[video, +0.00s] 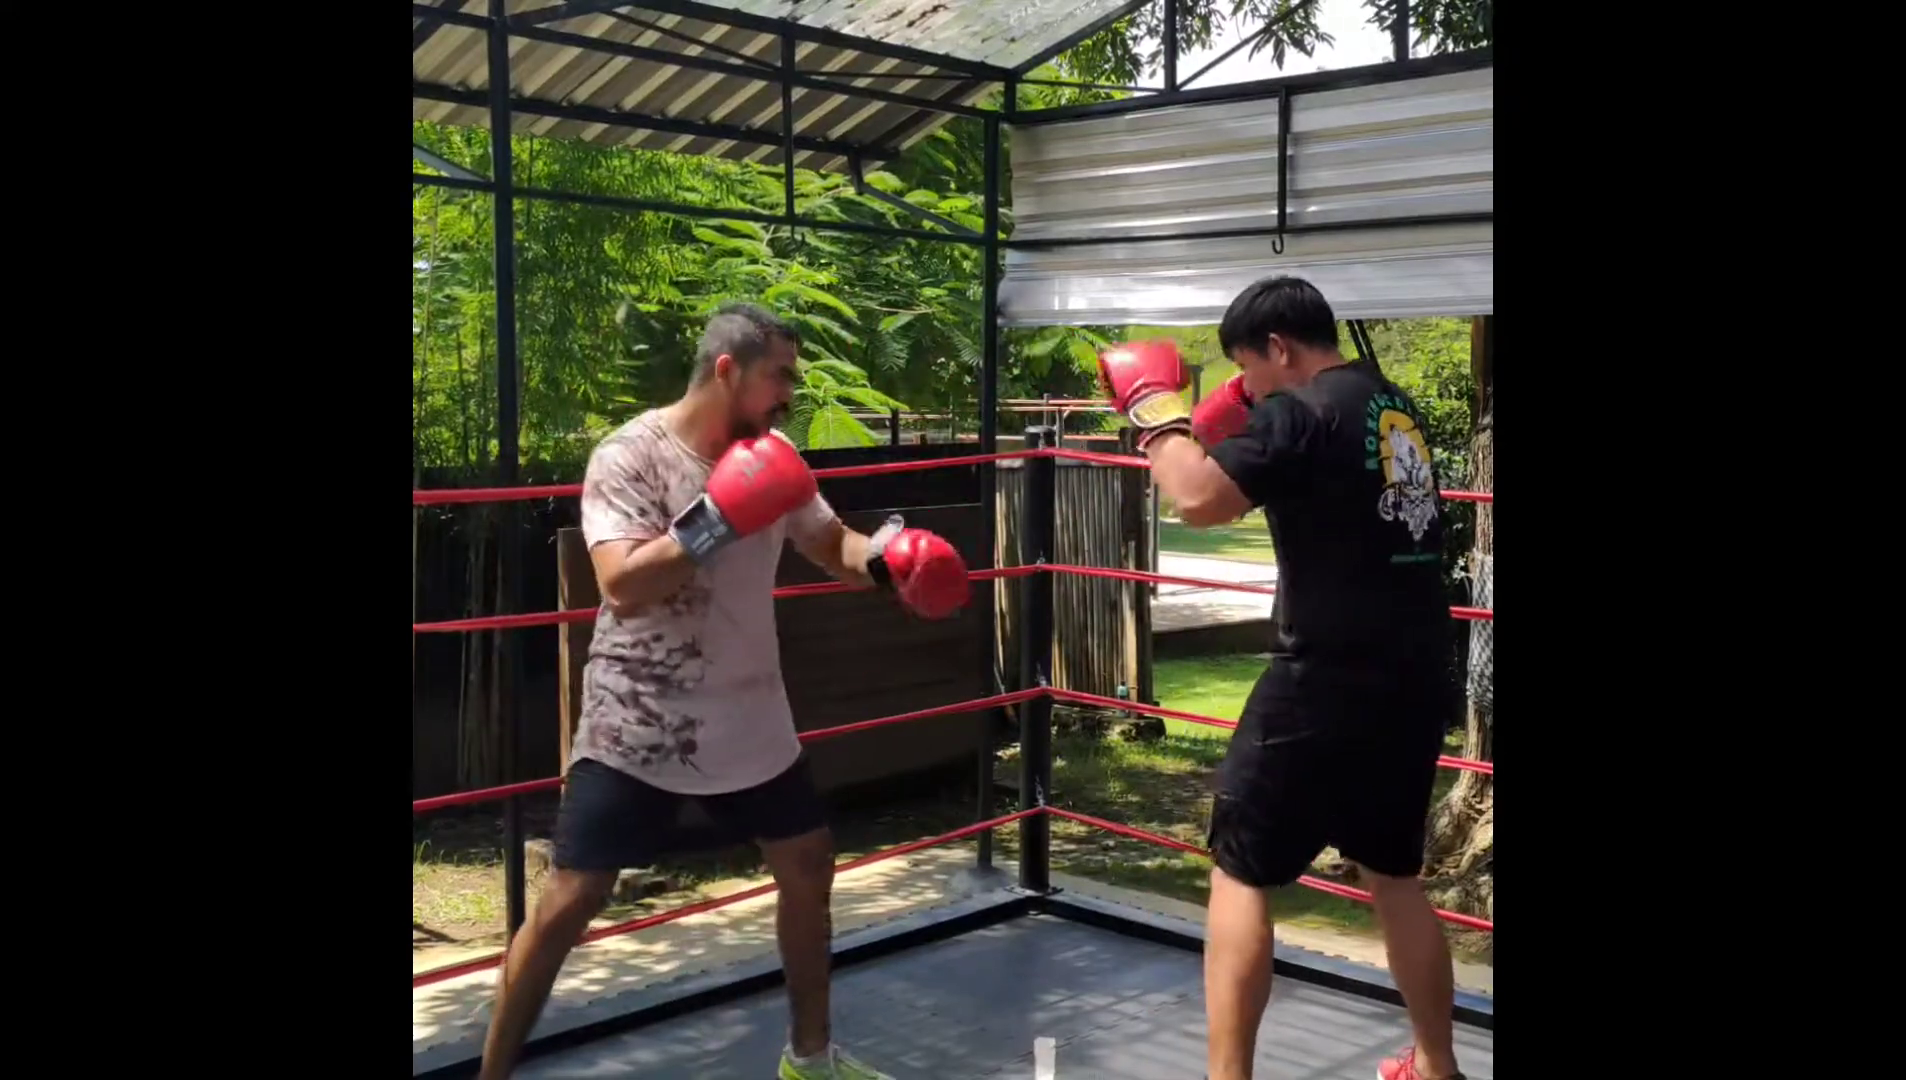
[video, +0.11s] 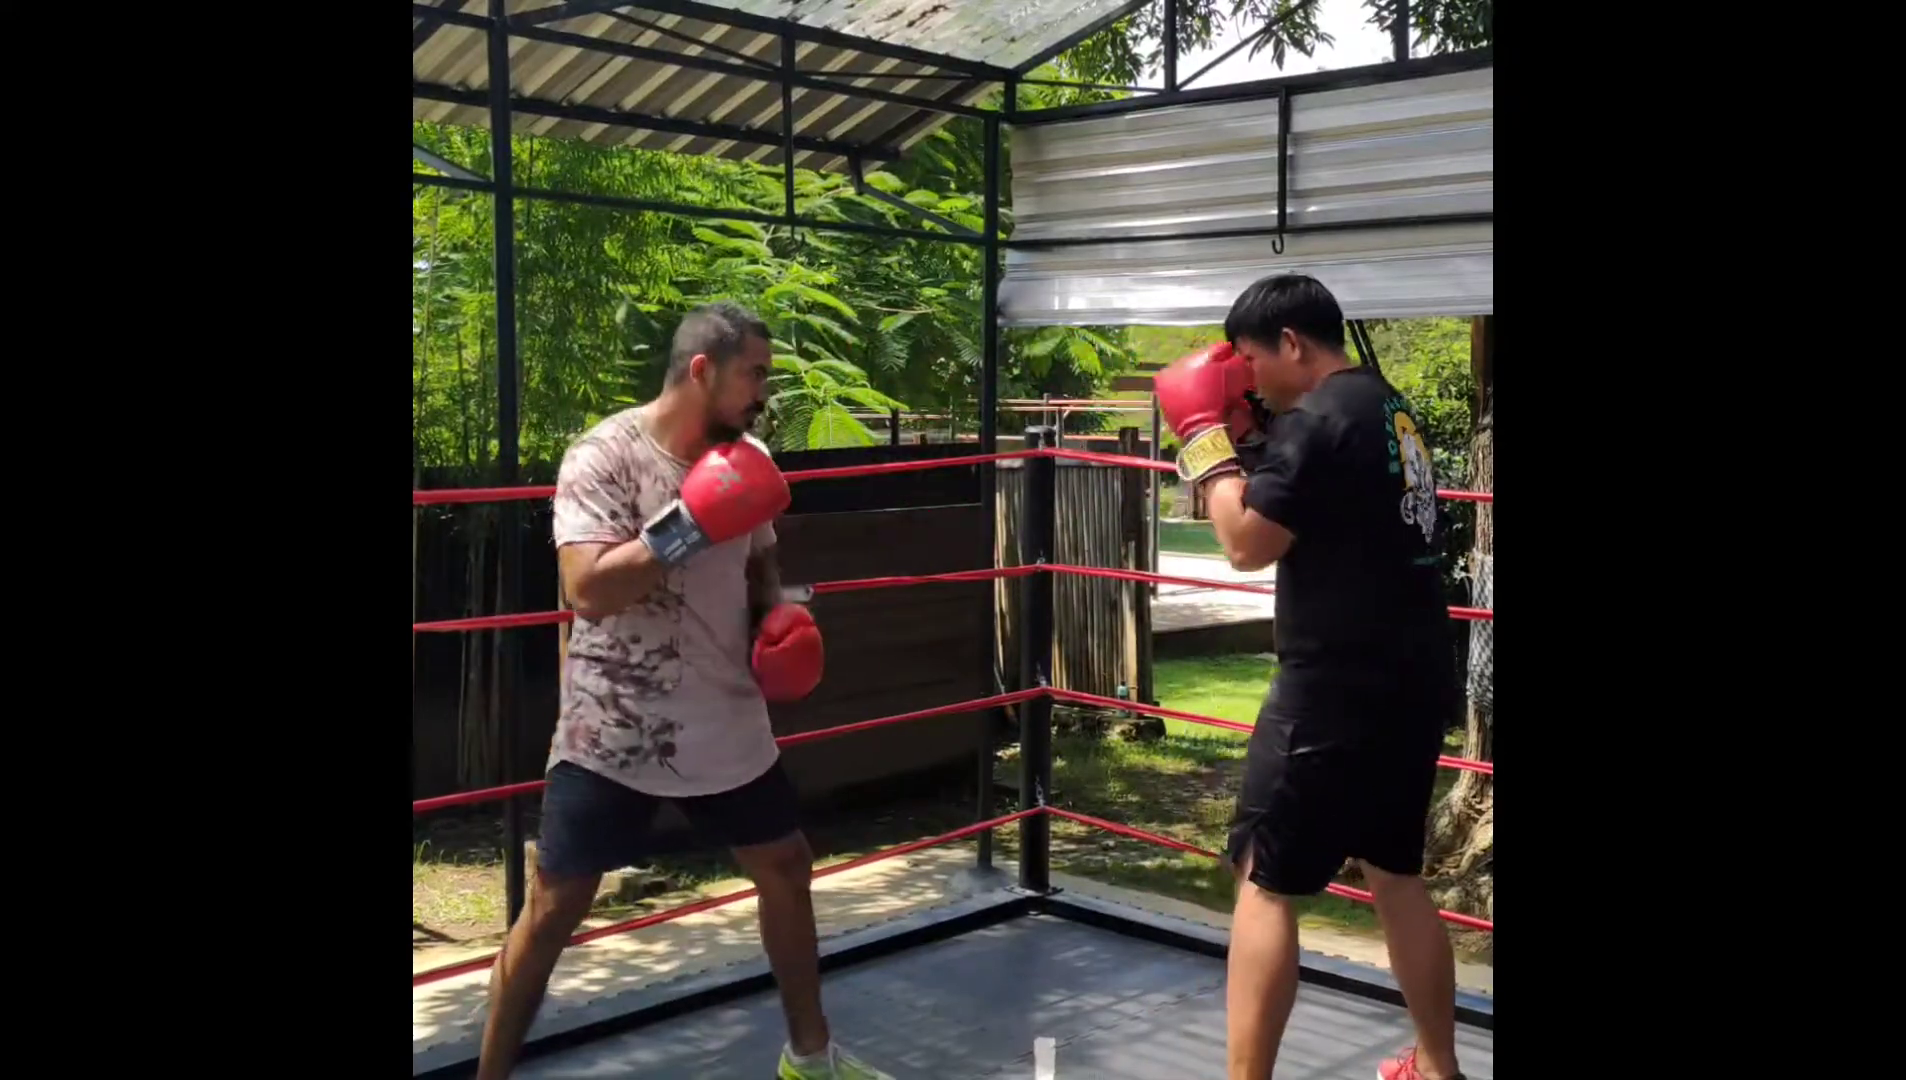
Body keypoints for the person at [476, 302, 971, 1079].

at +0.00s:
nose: (787, 397)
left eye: (791, 381)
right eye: (779, 378)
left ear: (739, 375)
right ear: (725, 368)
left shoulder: (766, 464)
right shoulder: (627, 457)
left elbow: (833, 540)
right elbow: (621, 585)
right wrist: (718, 514)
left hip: (750, 719)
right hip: (634, 721)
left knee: (808, 868)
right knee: (572, 899)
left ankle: (812, 1054)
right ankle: (493, 1072)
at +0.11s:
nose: (765, 394)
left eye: (768, 377)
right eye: (755, 375)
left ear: (712, 375)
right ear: (700, 370)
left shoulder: (741, 470)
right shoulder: (601, 456)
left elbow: (765, 579)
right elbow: (585, 588)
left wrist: (785, 620)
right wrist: (688, 525)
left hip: (726, 724)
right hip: (610, 728)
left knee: (788, 871)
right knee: (553, 907)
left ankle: (811, 1053)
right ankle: (491, 1073)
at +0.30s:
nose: (724, 414)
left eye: (727, 397)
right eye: (713, 395)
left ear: (664, 395)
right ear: (656, 391)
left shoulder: (709, 482)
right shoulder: (567, 487)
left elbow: (739, 580)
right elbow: (577, 623)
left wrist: (719, 632)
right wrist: (664, 541)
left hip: (685, 728)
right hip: (581, 740)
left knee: (776, 863)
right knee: (538, 933)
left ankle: (761, 1048)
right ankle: (490, 1075)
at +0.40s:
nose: (726, 396)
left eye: (729, 381)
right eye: (717, 379)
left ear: (672, 382)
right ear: (663, 379)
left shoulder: (696, 472)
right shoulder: (579, 485)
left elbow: (739, 568)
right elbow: (618, 607)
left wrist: (723, 593)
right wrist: (691, 520)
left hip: (683, 719)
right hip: (590, 732)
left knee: (765, 859)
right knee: (548, 927)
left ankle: (752, 1052)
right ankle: (491, 1075)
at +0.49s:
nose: (745, 382)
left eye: (748, 367)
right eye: (738, 365)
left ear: (689, 367)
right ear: (687, 364)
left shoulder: (693, 457)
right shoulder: (615, 465)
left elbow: (726, 557)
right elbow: (690, 578)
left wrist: (729, 597)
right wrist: (739, 471)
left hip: (694, 710)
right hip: (611, 722)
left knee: (758, 858)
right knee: (562, 915)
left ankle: (754, 1053)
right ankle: (494, 1073)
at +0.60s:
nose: (773, 378)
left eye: (772, 363)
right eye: (762, 362)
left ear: (709, 366)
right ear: (713, 364)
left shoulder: (677, 431)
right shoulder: (683, 444)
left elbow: (686, 550)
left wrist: (747, 571)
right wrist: (840, 419)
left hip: (693, 707)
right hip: (626, 711)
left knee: (750, 854)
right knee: (575, 919)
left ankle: (753, 1051)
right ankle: (497, 1072)